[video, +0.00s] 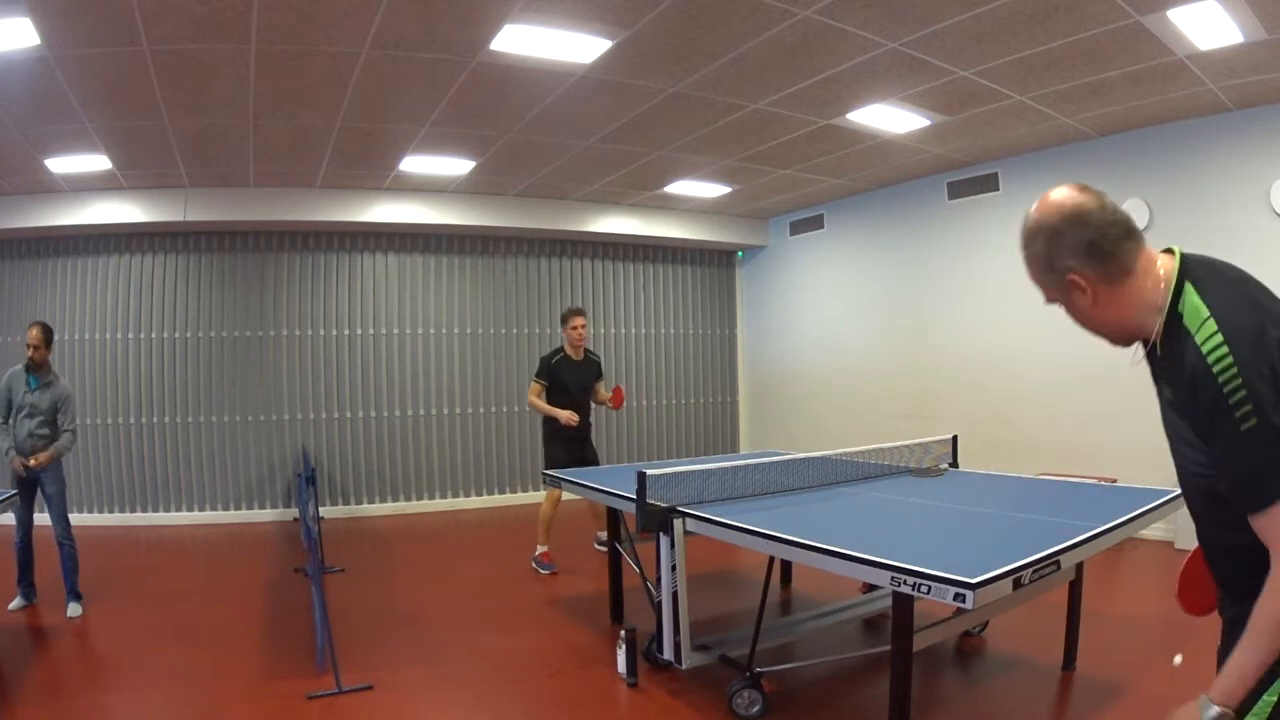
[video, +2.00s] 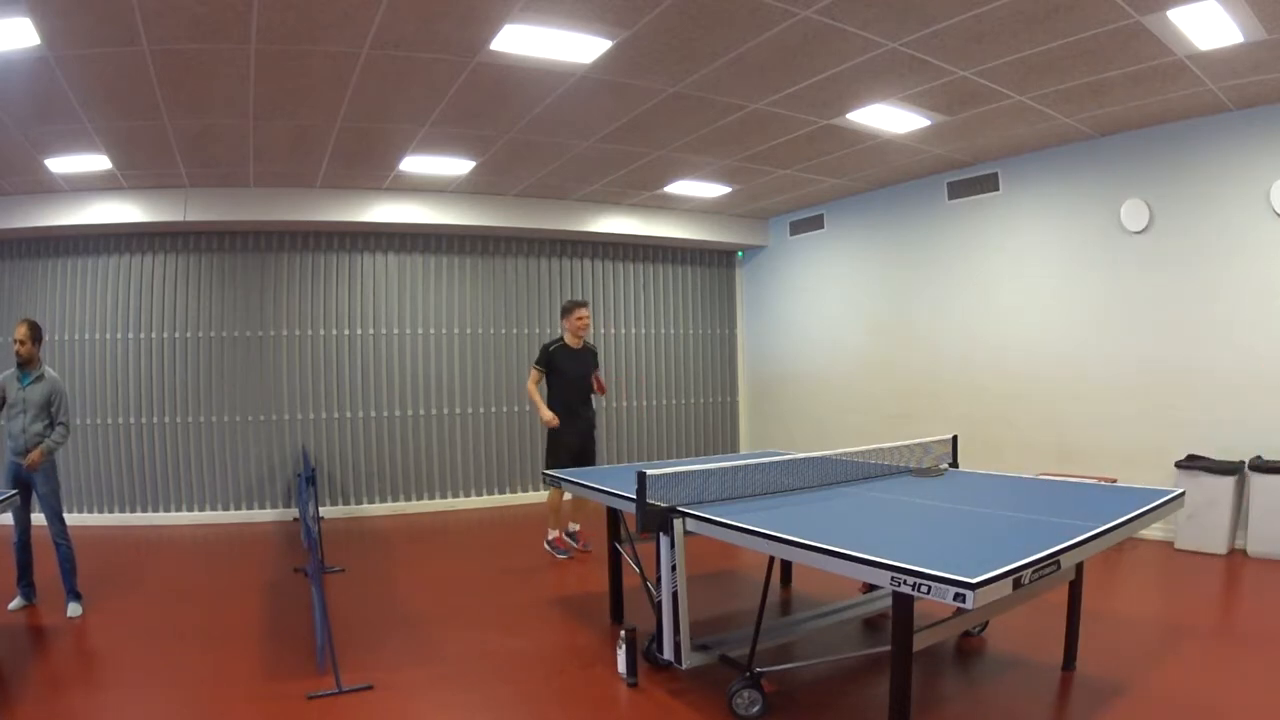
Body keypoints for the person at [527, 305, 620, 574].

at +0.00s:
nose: (580, 332)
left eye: (583, 327)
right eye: (574, 328)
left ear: (588, 330)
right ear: (563, 332)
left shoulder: (593, 362)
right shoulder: (550, 362)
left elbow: (598, 395)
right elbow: (533, 398)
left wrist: (610, 399)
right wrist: (559, 413)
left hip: (583, 436)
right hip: (557, 437)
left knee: (598, 488)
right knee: (554, 493)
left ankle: (604, 534)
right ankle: (541, 551)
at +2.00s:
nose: (585, 323)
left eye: (587, 318)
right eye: (579, 318)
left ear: (590, 321)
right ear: (565, 322)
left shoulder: (590, 352)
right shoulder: (550, 351)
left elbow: (591, 380)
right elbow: (531, 384)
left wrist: (599, 387)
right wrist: (543, 410)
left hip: (585, 425)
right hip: (561, 425)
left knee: (584, 481)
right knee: (558, 483)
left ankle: (572, 529)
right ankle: (553, 535)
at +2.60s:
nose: (588, 333)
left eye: (590, 328)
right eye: (583, 328)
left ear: (587, 329)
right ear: (566, 327)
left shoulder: (585, 357)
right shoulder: (545, 354)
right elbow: (527, 388)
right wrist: (542, 414)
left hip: (582, 427)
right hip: (558, 429)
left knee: (591, 483)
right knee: (561, 487)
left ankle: (576, 527)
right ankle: (560, 543)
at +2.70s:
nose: (588, 337)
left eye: (590, 332)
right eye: (584, 332)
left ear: (588, 332)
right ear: (567, 330)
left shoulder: (582, 356)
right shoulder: (544, 355)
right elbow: (525, 389)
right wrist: (545, 415)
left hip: (581, 428)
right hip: (556, 429)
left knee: (596, 483)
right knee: (559, 488)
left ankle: (577, 526)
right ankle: (560, 544)